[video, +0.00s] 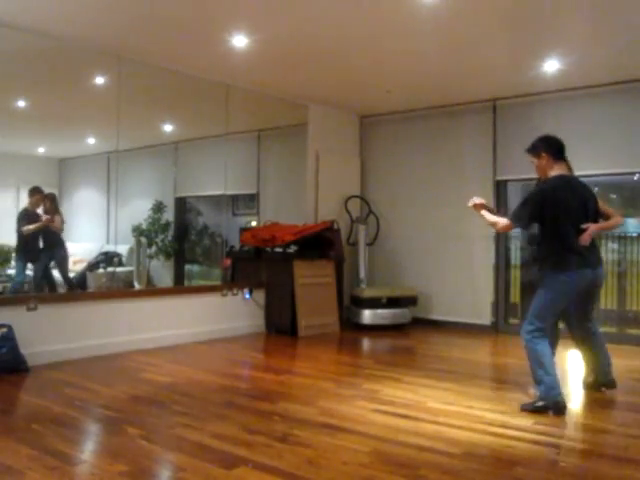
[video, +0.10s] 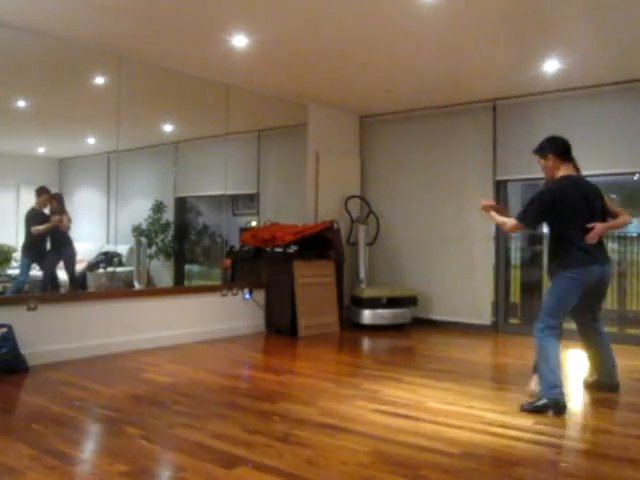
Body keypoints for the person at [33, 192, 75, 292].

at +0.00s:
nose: (44, 205)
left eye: (47, 202)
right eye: (44, 202)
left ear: (52, 203)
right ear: (43, 203)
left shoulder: (56, 215)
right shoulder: (43, 215)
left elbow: (59, 228)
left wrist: (48, 223)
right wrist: (42, 223)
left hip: (58, 246)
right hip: (47, 247)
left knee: (64, 273)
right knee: (39, 270)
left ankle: (74, 292)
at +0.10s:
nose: (51, 205)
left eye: (53, 202)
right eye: (50, 202)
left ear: (59, 203)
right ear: (50, 203)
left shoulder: (64, 214)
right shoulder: (51, 215)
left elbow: (66, 227)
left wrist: (57, 223)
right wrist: (53, 223)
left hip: (66, 246)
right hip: (55, 246)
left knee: (70, 269)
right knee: (48, 266)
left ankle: (74, 290)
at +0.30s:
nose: (61, 203)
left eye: (63, 201)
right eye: (60, 201)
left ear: (68, 201)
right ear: (58, 201)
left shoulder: (74, 212)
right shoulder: (58, 214)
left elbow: (81, 227)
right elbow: (54, 228)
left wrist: (70, 220)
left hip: (75, 243)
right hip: (63, 244)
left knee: (77, 270)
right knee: (60, 269)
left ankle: (79, 289)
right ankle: (63, 290)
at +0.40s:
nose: (64, 203)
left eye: (67, 201)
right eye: (63, 200)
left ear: (71, 201)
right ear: (61, 201)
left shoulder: (76, 212)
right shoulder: (59, 214)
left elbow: (85, 227)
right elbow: (57, 228)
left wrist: (79, 221)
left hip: (77, 244)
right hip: (65, 245)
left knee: (78, 269)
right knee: (67, 269)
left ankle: (81, 290)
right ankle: (72, 290)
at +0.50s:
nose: (66, 203)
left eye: (68, 201)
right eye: (64, 201)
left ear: (73, 201)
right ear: (62, 201)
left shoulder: (77, 212)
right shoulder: (61, 214)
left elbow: (87, 227)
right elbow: (59, 228)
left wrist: (82, 221)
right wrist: (76, 223)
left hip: (78, 242)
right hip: (66, 244)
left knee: (78, 267)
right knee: (71, 268)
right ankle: (80, 289)